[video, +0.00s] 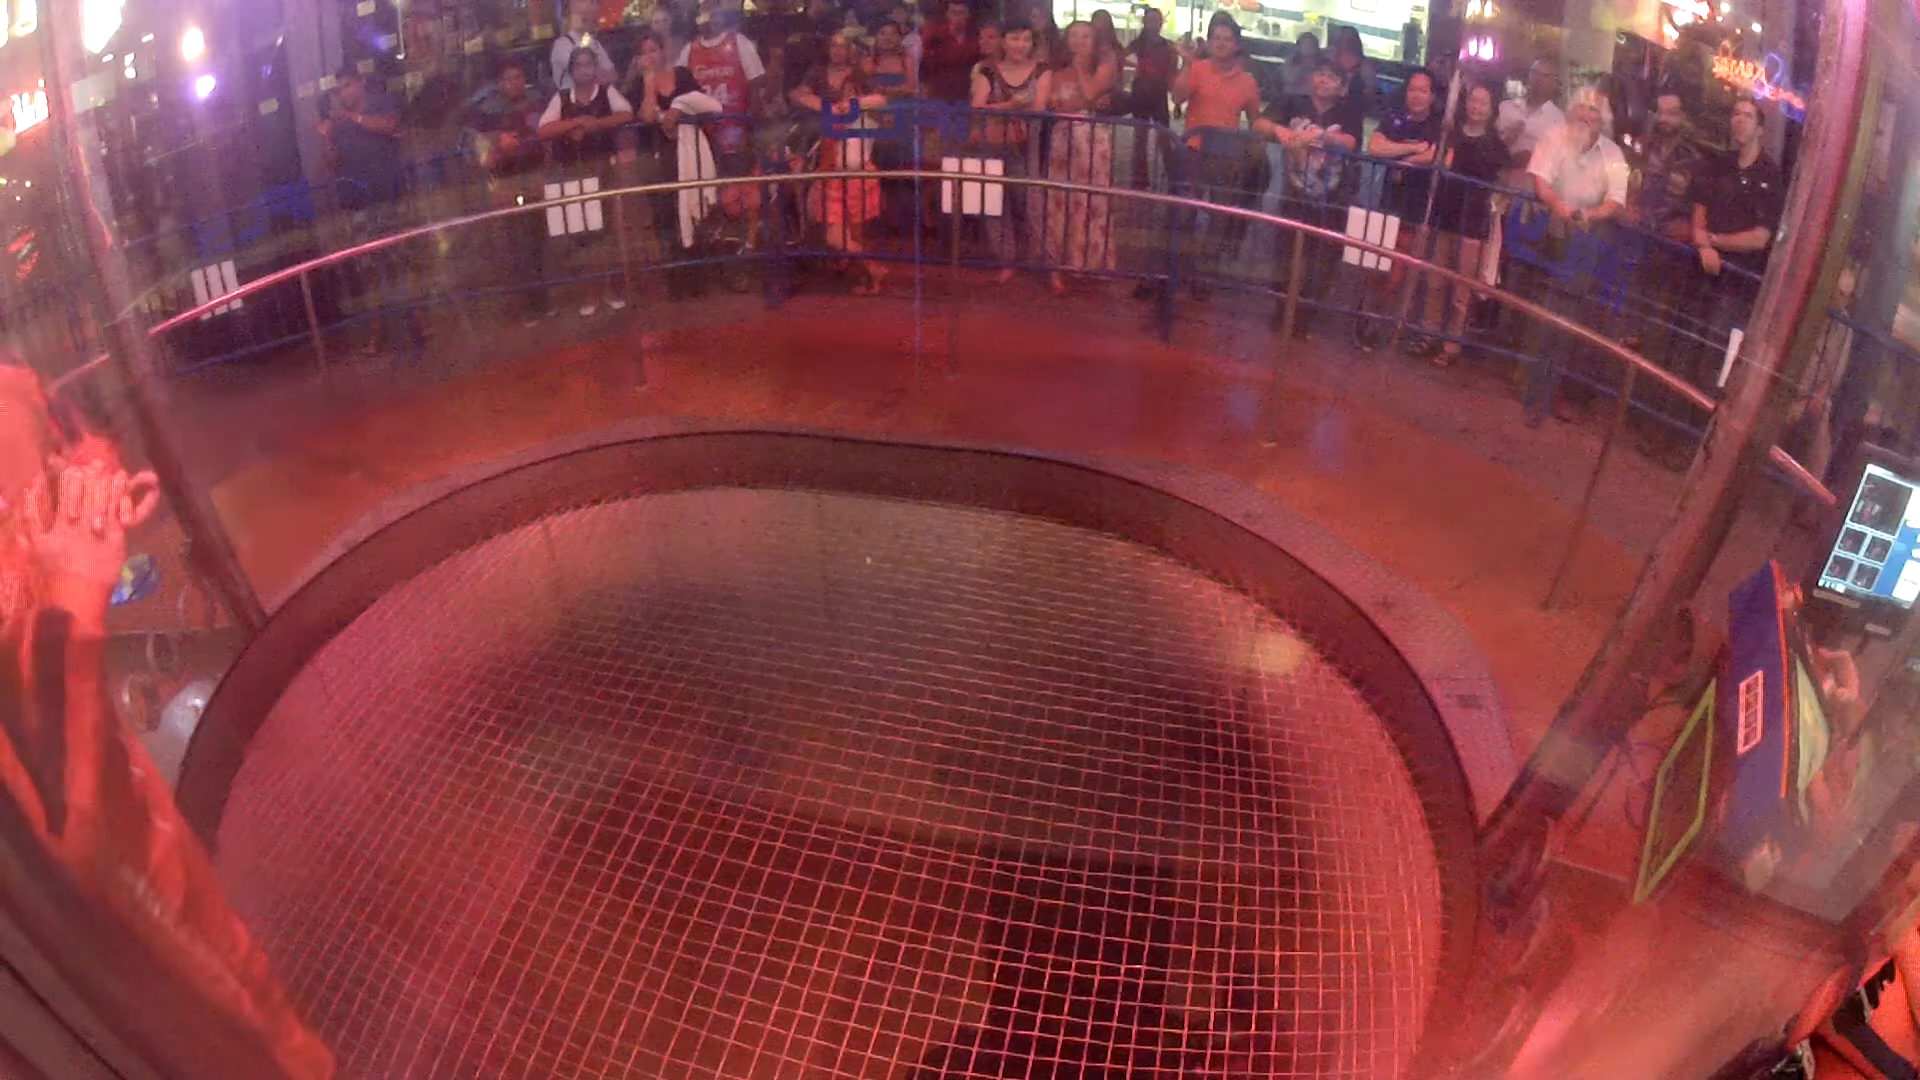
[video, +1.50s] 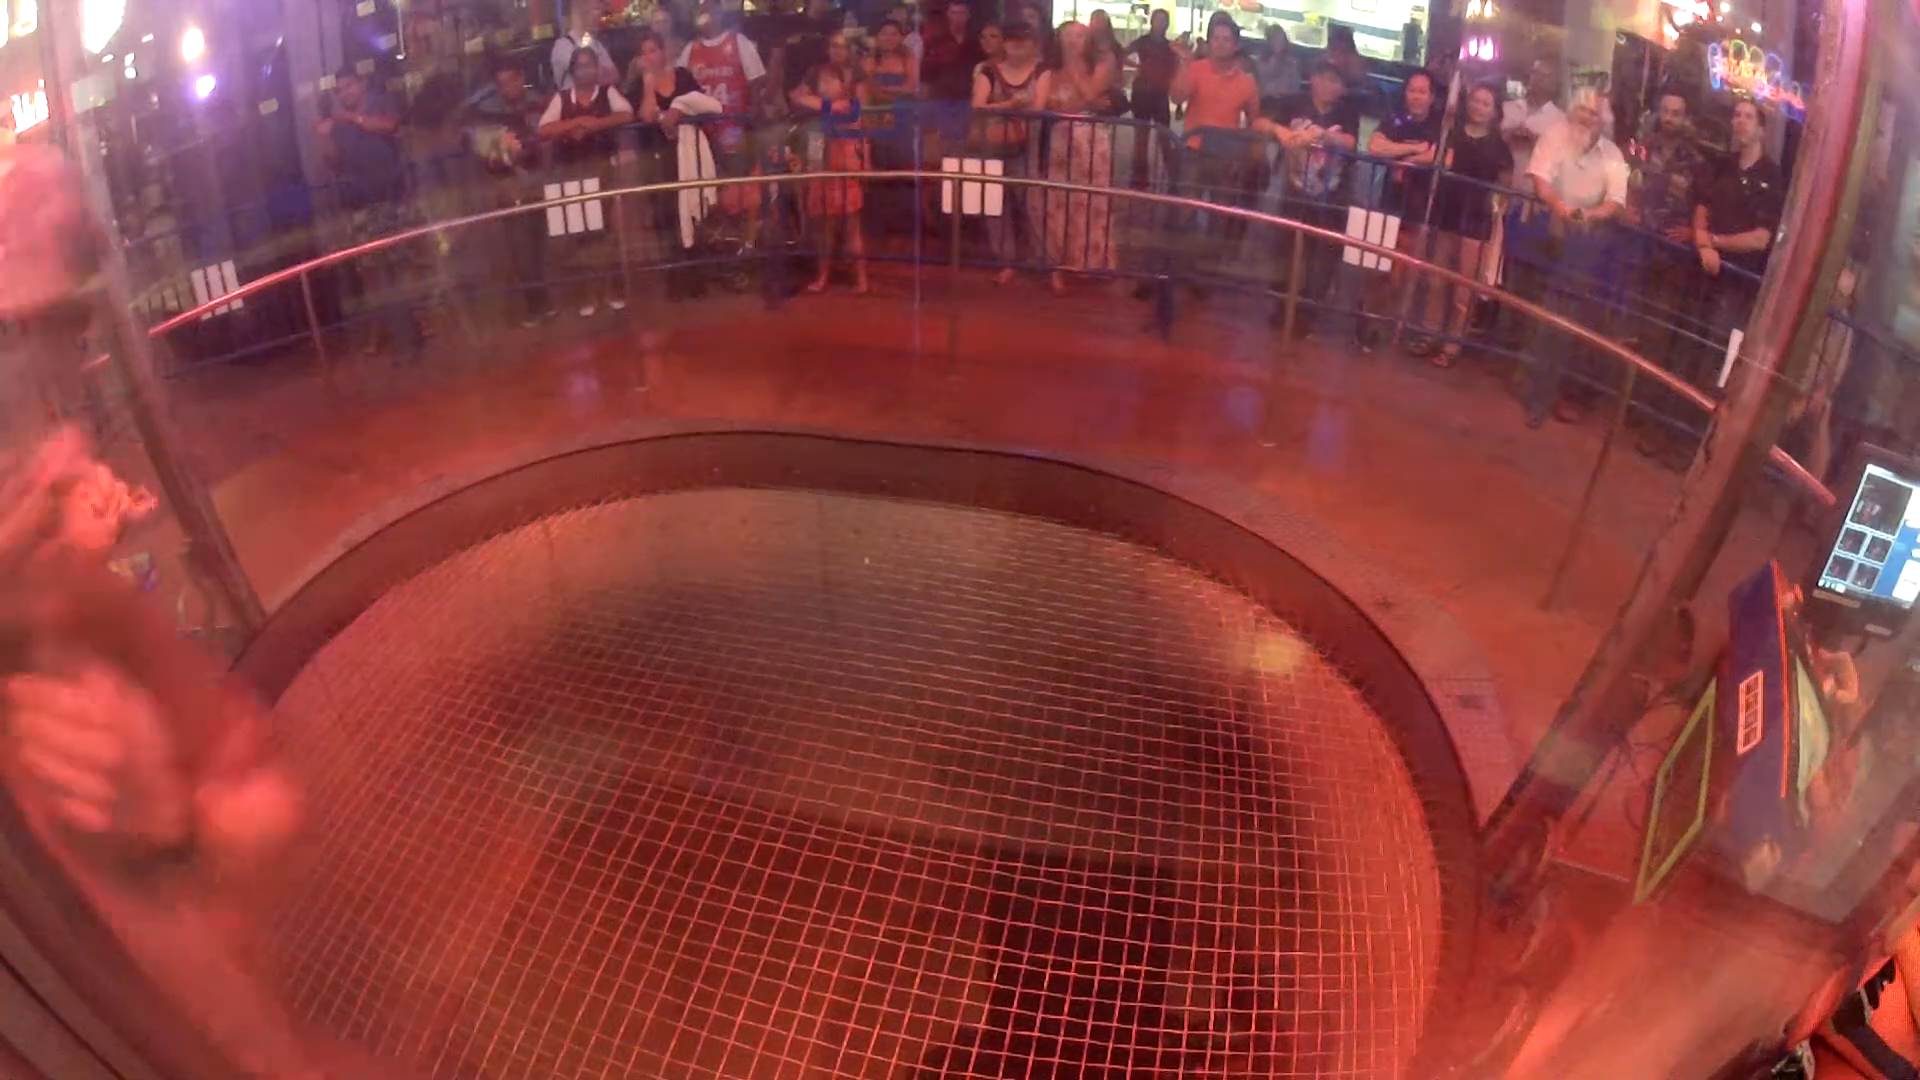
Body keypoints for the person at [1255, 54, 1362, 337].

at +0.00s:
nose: (1322, 81)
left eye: (1330, 78)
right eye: (1319, 75)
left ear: (1342, 89)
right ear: (1310, 79)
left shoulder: (1349, 112)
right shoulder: (1294, 104)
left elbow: (1351, 143)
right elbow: (1259, 124)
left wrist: (1320, 136)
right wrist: (1281, 132)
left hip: (1331, 201)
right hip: (1294, 195)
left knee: (1322, 262)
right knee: (1287, 253)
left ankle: (1306, 317)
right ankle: (1281, 310)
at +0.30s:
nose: (1324, 81)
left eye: (1331, 78)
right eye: (1320, 75)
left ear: (1342, 89)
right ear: (1312, 79)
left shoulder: (1348, 111)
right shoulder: (1294, 103)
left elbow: (1351, 143)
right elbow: (1259, 124)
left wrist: (1321, 136)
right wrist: (1282, 132)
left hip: (1331, 201)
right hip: (1295, 194)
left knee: (1322, 261)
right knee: (1287, 252)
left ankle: (1306, 317)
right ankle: (1281, 308)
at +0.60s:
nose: (1341, 87)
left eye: (1343, 82)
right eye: (1334, 80)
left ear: (1346, 85)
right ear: (1316, 81)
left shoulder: (1348, 111)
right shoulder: (1293, 104)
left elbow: (1352, 143)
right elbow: (1258, 123)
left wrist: (1321, 136)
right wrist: (1282, 133)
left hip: (1331, 202)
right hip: (1295, 196)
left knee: (1323, 262)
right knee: (1287, 255)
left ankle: (1306, 315)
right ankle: (1281, 310)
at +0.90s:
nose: (1343, 89)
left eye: (1345, 83)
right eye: (1337, 82)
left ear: (1344, 85)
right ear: (1317, 81)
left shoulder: (1346, 111)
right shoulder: (1293, 105)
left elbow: (1352, 143)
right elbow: (1258, 124)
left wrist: (1321, 135)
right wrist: (1280, 131)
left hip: (1331, 201)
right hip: (1295, 196)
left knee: (1322, 260)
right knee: (1287, 253)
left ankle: (1308, 314)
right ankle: (1280, 307)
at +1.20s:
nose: (1338, 90)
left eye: (1341, 84)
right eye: (1332, 83)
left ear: (1344, 88)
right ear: (1314, 80)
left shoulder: (1346, 112)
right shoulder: (1292, 106)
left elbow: (1352, 144)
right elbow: (1258, 123)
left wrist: (1326, 137)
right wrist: (1282, 133)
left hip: (1330, 200)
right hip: (1295, 194)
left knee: (1321, 258)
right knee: (1287, 251)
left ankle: (1307, 314)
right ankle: (1280, 307)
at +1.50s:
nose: (1333, 89)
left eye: (1337, 84)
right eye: (1328, 81)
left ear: (1343, 88)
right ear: (1313, 81)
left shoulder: (1347, 112)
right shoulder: (1293, 105)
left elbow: (1351, 144)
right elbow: (1258, 123)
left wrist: (1326, 136)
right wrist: (1283, 134)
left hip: (1331, 199)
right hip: (1295, 193)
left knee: (1322, 258)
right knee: (1287, 250)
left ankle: (1307, 313)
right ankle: (1280, 307)